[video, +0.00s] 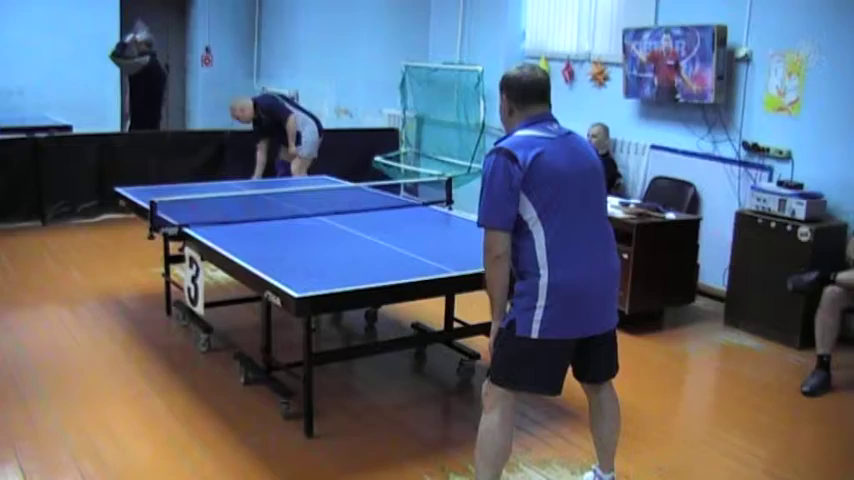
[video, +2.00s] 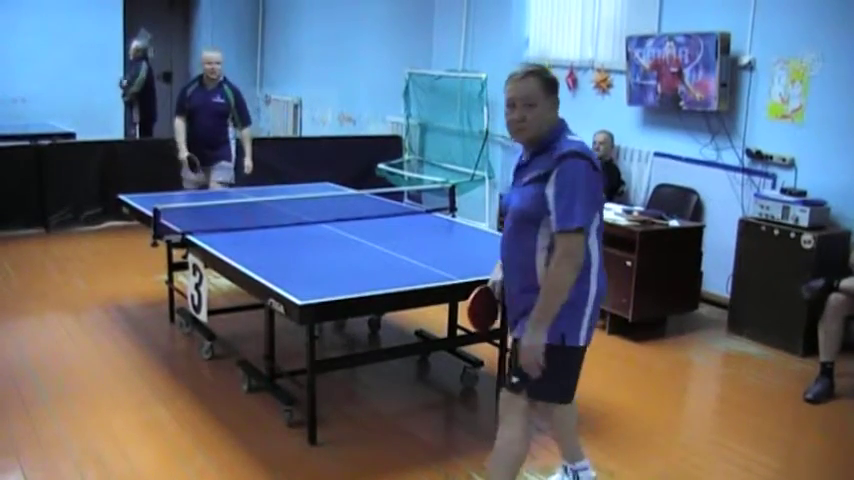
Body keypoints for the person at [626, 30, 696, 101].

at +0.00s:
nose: (667, 43)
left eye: (668, 40)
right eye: (665, 40)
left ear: (671, 41)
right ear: (661, 41)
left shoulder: (674, 54)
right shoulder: (656, 53)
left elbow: (680, 72)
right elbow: (645, 60)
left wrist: (691, 86)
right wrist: (635, 50)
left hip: (671, 85)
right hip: (659, 85)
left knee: (672, 108)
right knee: (659, 108)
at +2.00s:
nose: (670, 50)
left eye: (671, 47)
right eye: (668, 47)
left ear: (675, 48)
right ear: (664, 48)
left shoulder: (677, 62)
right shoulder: (659, 61)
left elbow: (684, 80)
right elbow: (648, 68)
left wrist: (694, 93)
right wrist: (637, 57)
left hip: (675, 94)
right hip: (662, 94)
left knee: (677, 120)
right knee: (663, 120)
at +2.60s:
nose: (671, 52)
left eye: (673, 50)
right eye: (669, 49)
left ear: (676, 51)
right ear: (666, 51)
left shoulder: (679, 64)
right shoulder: (661, 63)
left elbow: (685, 82)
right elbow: (649, 70)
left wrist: (696, 96)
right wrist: (639, 60)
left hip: (676, 97)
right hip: (664, 96)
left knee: (678, 123)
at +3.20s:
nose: (672, 53)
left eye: (674, 50)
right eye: (671, 50)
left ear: (678, 51)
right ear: (667, 51)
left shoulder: (680, 65)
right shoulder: (662, 64)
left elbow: (687, 83)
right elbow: (651, 71)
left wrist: (698, 96)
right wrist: (641, 62)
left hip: (678, 97)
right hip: (666, 96)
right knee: (666, 121)